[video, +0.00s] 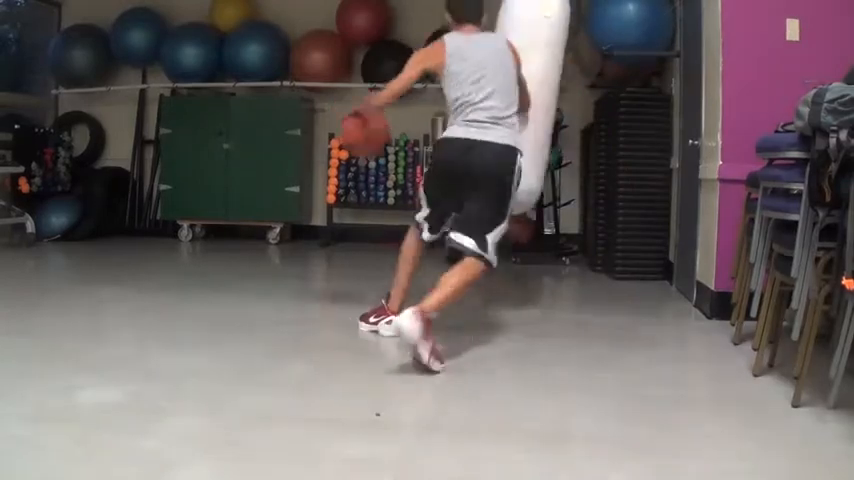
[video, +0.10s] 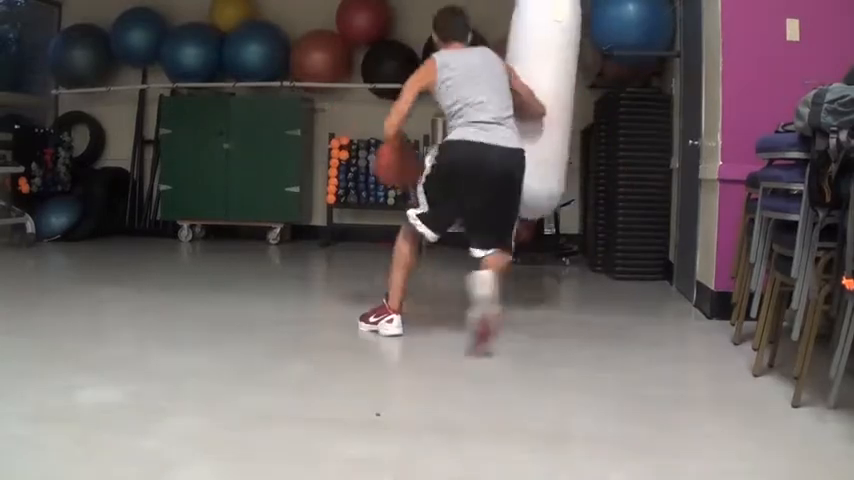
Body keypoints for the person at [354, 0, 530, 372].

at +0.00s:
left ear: (451, 18)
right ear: (482, 17)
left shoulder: (436, 49)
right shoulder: (505, 46)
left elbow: (390, 93)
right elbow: (523, 104)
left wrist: (367, 105)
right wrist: (500, 121)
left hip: (453, 150)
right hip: (499, 156)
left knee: (421, 226)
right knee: (478, 256)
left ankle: (392, 310)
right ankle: (421, 313)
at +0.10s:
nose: (439, 43)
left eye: (436, 38)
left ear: (436, 37)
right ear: (469, 34)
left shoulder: (432, 66)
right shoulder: (496, 61)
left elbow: (392, 124)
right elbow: (535, 109)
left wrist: (391, 150)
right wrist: (500, 110)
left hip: (460, 152)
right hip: (507, 156)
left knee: (413, 230)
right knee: (496, 245)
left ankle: (391, 312)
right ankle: (487, 283)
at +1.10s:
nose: (507, 40)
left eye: (508, 34)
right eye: (507, 33)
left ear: (483, 24)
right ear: (498, 28)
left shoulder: (460, 47)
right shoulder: (461, 45)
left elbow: (483, 86)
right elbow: (482, 83)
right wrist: (539, 89)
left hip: (417, 136)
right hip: (422, 135)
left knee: (449, 219)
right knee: (487, 207)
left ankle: (436, 290)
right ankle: (444, 288)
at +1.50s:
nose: (491, 38)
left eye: (492, 31)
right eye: (491, 31)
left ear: (469, 29)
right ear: (477, 30)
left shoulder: (457, 67)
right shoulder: (439, 60)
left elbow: (468, 121)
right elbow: (435, 131)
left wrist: (516, 115)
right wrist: (466, 184)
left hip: (399, 148)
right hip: (375, 139)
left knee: (433, 223)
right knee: (384, 231)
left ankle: (391, 293)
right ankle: (325, 322)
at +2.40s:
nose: (610, 84)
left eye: (610, 78)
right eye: (610, 78)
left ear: (581, 67)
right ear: (597, 74)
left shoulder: (567, 91)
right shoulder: (560, 95)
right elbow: (620, 147)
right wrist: (674, 129)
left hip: (499, 166)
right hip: (467, 160)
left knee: (563, 218)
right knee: (497, 247)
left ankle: (556, 305)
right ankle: (433, 338)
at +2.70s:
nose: (617, 66)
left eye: (619, 59)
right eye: (618, 58)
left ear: (589, 51)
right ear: (607, 55)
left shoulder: (564, 72)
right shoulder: (578, 87)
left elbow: (574, 121)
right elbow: (596, 161)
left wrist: (614, 125)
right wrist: (641, 211)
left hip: (513, 159)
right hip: (493, 154)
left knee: (564, 215)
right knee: (491, 241)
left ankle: (550, 301)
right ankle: (443, 331)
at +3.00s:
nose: (619, 43)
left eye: (622, 37)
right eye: (621, 35)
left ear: (598, 23)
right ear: (611, 27)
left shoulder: (575, 45)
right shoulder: (577, 44)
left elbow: (584, 93)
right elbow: (583, 90)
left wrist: (632, 95)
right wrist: (638, 84)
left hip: (534, 132)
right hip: (515, 128)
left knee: (578, 199)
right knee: (537, 218)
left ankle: (545, 278)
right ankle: (481, 311)